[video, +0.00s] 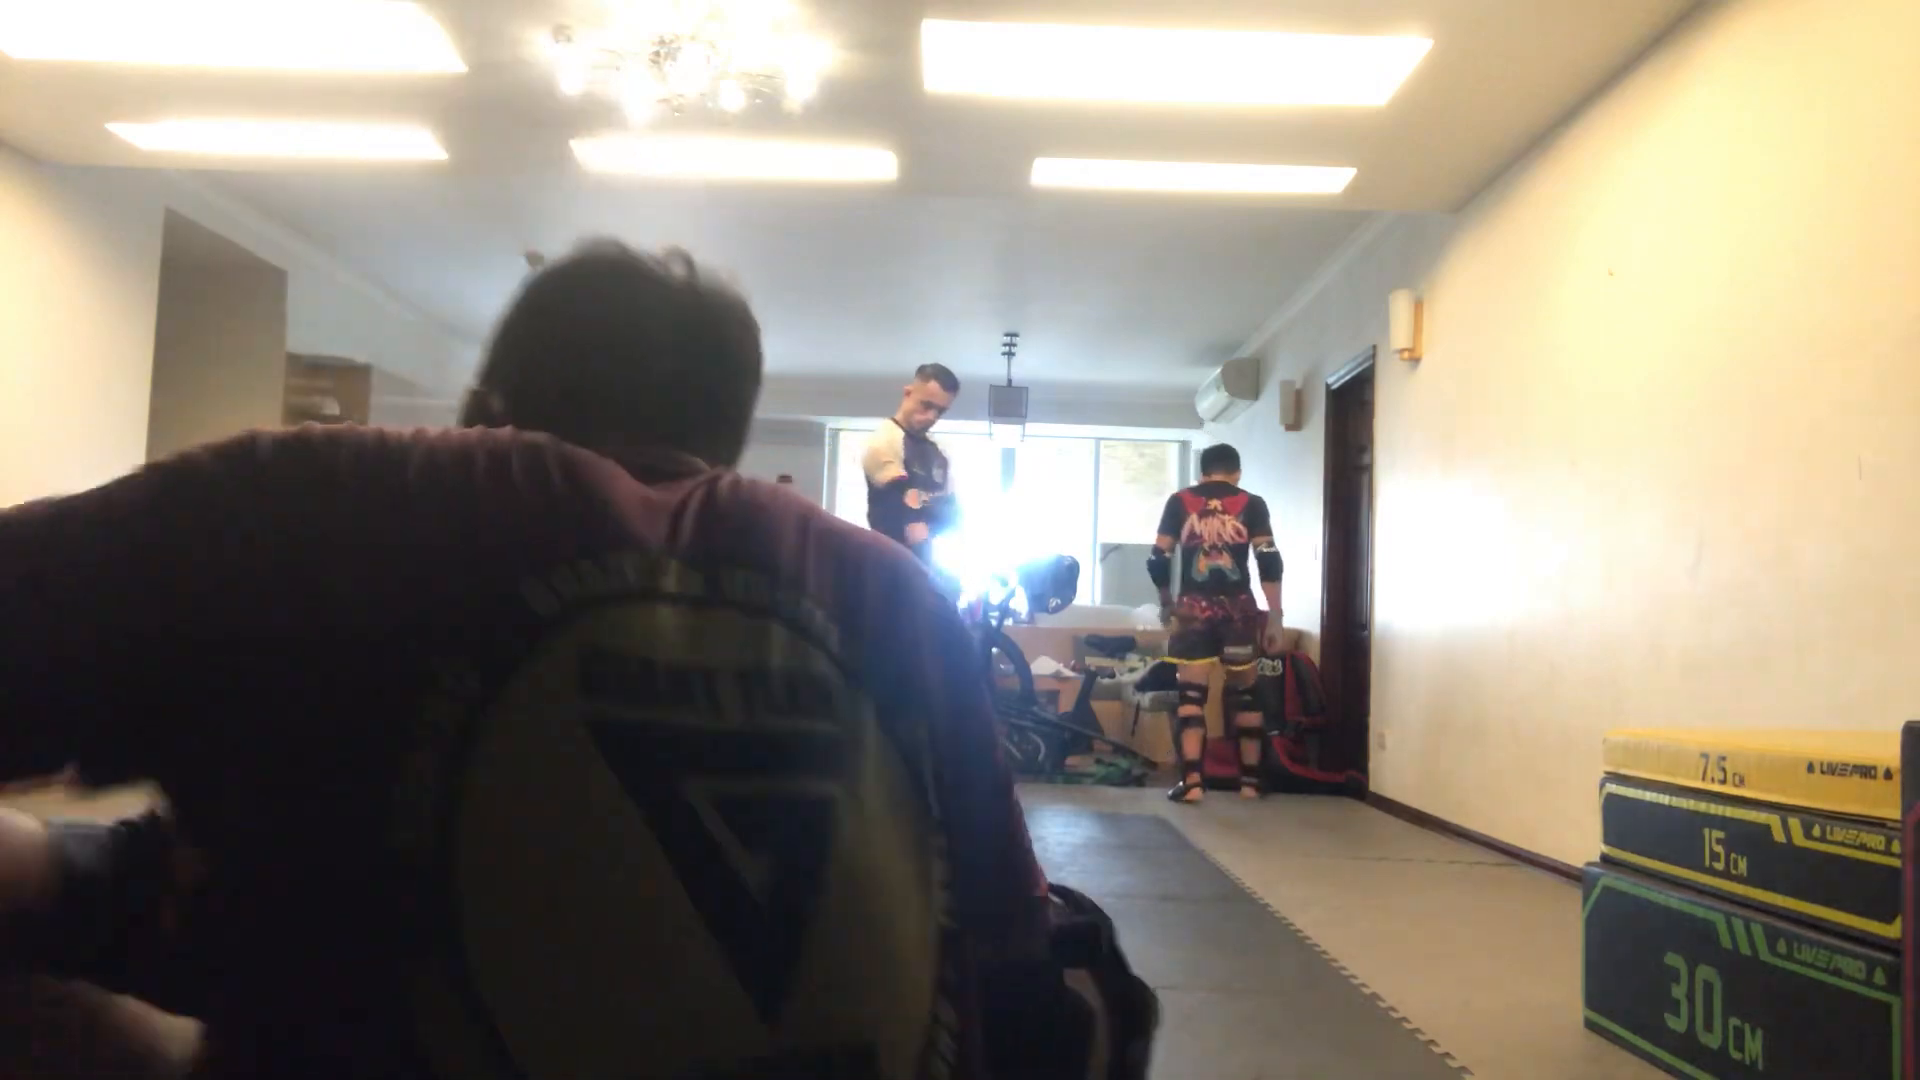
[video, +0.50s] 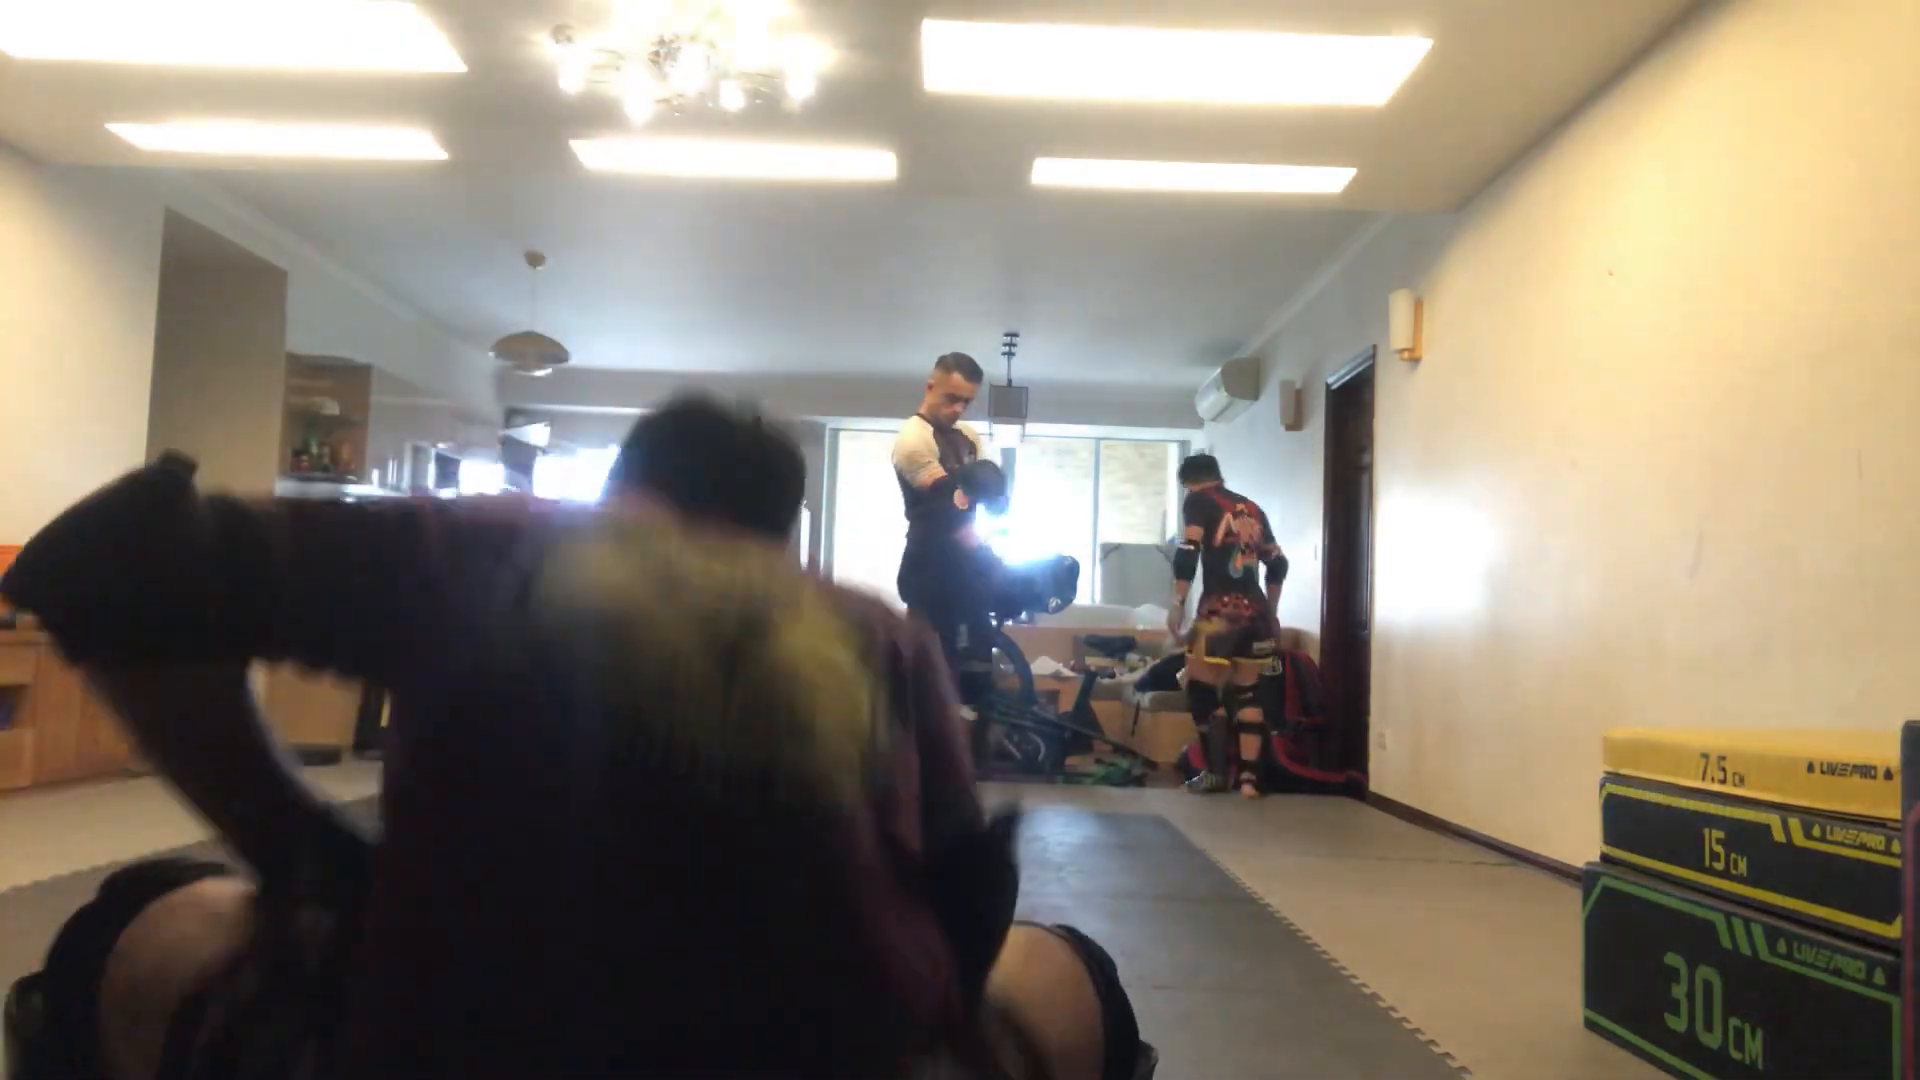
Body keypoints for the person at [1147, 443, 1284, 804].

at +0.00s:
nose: (1235, 478)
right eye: (1237, 473)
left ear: (1201, 472)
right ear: (1237, 472)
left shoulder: (1179, 501)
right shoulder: (1251, 504)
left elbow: (1157, 562)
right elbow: (1269, 561)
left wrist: (1168, 607)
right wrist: (1275, 616)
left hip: (1192, 614)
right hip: (1239, 614)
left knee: (1191, 696)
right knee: (1244, 693)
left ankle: (1192, 781)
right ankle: (1250, 781)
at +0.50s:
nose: (1187, 492)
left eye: (1186, 487)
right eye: (1186, 487)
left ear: (1193, 483)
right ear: (1217, 478)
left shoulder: (1198, 499)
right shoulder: (1249, 506)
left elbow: (1188, 556)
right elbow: (1277, 563)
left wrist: (1177, 606)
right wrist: (1270, 612)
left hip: (1219, 610)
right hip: (1258, 612)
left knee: (1200, 684)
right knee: (1248, 691)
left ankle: (1215, 770)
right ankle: (1249, 776)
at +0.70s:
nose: (1166, 509)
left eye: (1163, 501)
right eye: (1162, 503)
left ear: (1172, 492)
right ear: (1189, 485)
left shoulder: (1198, 508)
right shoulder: (1225, 505)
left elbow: (1198, 562)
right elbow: (1253, 564)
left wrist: (1179, 613)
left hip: (1225, 611)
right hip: (1251, 610)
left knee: (1208, 690)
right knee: (1233, 686)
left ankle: (1217, 772)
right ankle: (1248, 750)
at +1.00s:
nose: (1153, 544)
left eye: (1150, 537)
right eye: (1147, 539)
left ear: (1160, 524)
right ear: (1163, 522)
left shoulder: (1208, 529)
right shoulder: (1185, 544)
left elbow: (1232, 588)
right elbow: (1207, 592)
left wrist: (1212, 633)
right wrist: (1205, 633)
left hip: (1256, 623)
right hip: (1230, 625)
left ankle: (1225, 768)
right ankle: (1218, 764)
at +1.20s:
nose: (1163, 578)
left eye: (1161, 572)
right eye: (1157, 576)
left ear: (1170, 554)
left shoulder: (1212, 548)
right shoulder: (1179, 572)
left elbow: (1253, 593)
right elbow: (1192, 620)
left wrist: (1231, 645)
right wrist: (1200, 661)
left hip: (1267, 611)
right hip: (1236, 613)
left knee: (1254, 683)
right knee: (1211, 687)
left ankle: (1266, 772)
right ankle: (1216, 769)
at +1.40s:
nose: (1176, 612)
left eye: (1175, 606)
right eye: (1171, 610)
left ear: (1184, 587)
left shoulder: (1226, 575)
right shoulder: (1185, 599)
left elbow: (1262, 621)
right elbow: (1196, 641)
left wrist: (1246, 668)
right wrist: (1206, 681)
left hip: (1278, 621)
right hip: (1240, 628)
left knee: (1282, 693)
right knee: (1210, 697)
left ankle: (1307, 778)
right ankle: (1216, 775)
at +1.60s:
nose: (1201, 650)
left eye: (1202, 644)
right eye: (1196, 648)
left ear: (1211, 623)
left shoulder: (1248, 609)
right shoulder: (1199, 635)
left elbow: (1284, 657)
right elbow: (1208, 673)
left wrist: (1256, 696)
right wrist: (1241, 693)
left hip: (1291, 657)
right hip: (1248, 660)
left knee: (1298, 703)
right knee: (1200, 701)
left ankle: (1307, 781)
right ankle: (1216, 775)